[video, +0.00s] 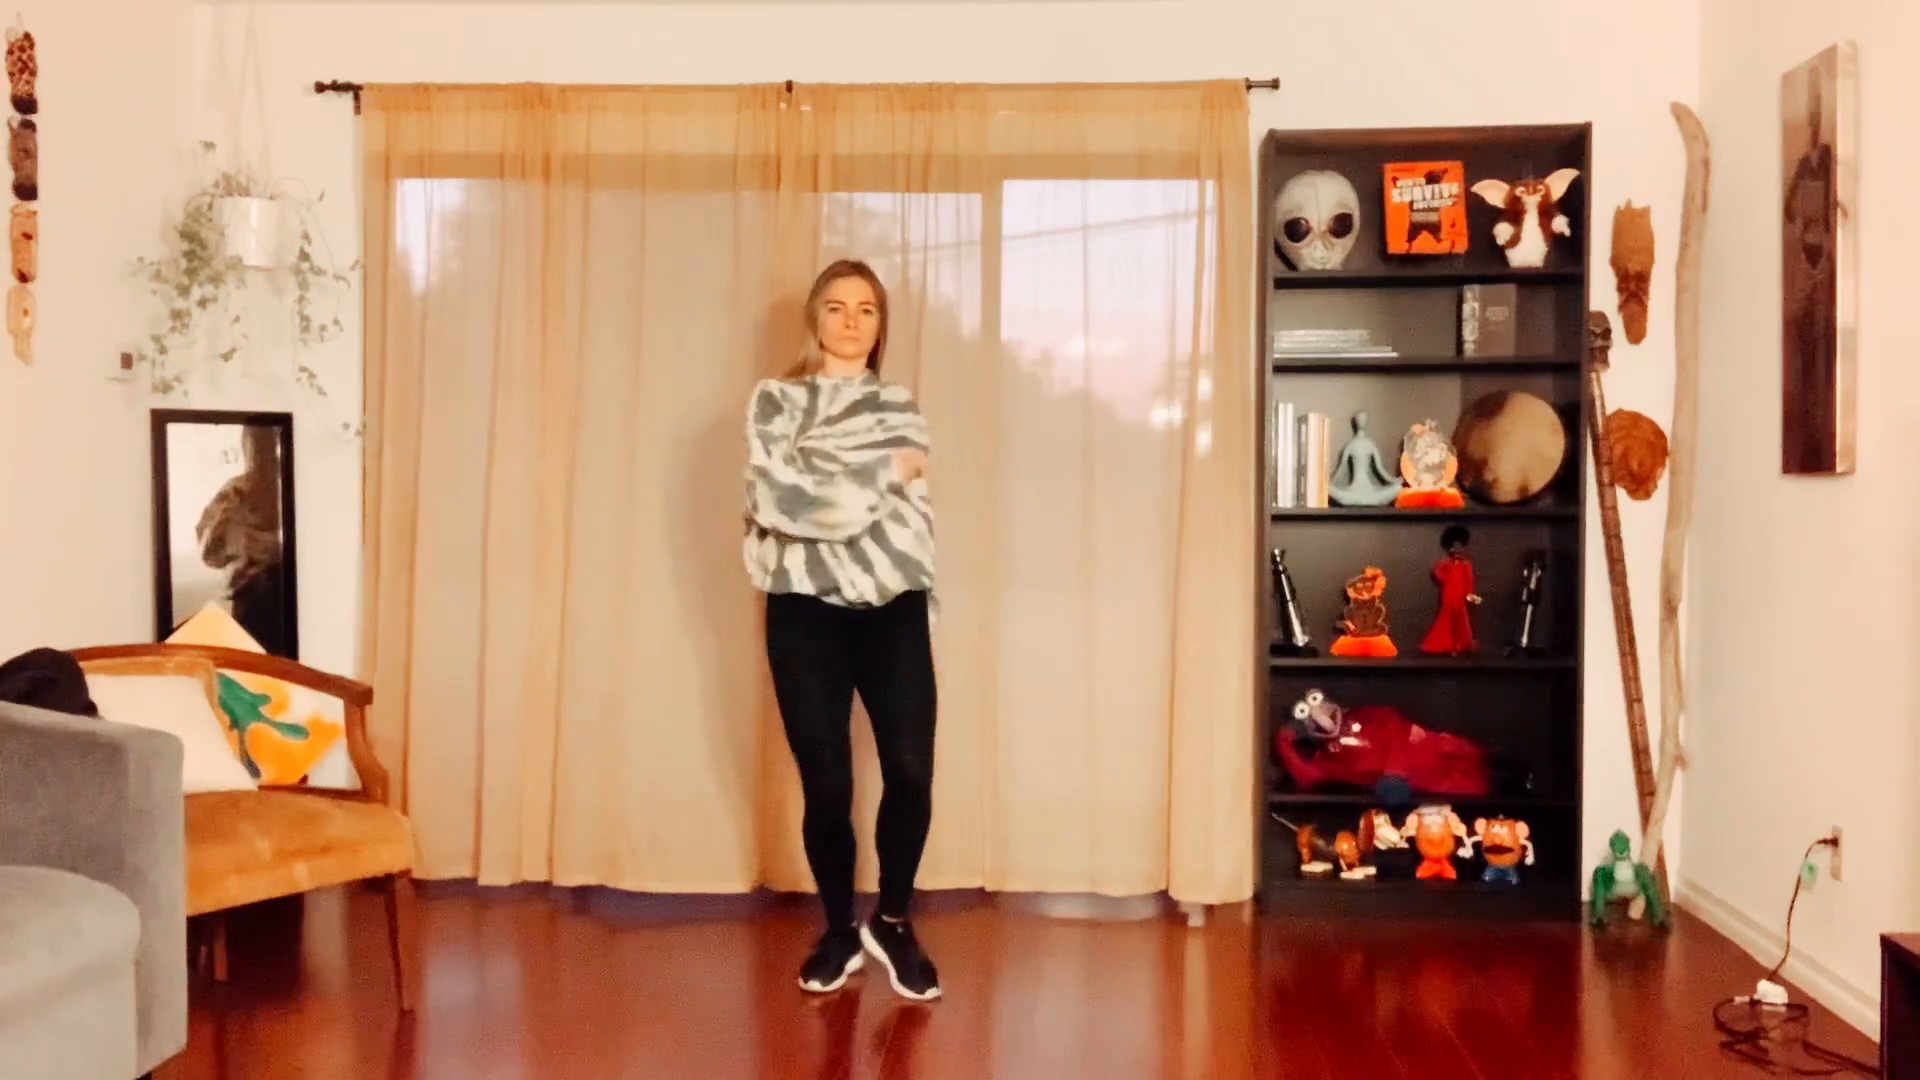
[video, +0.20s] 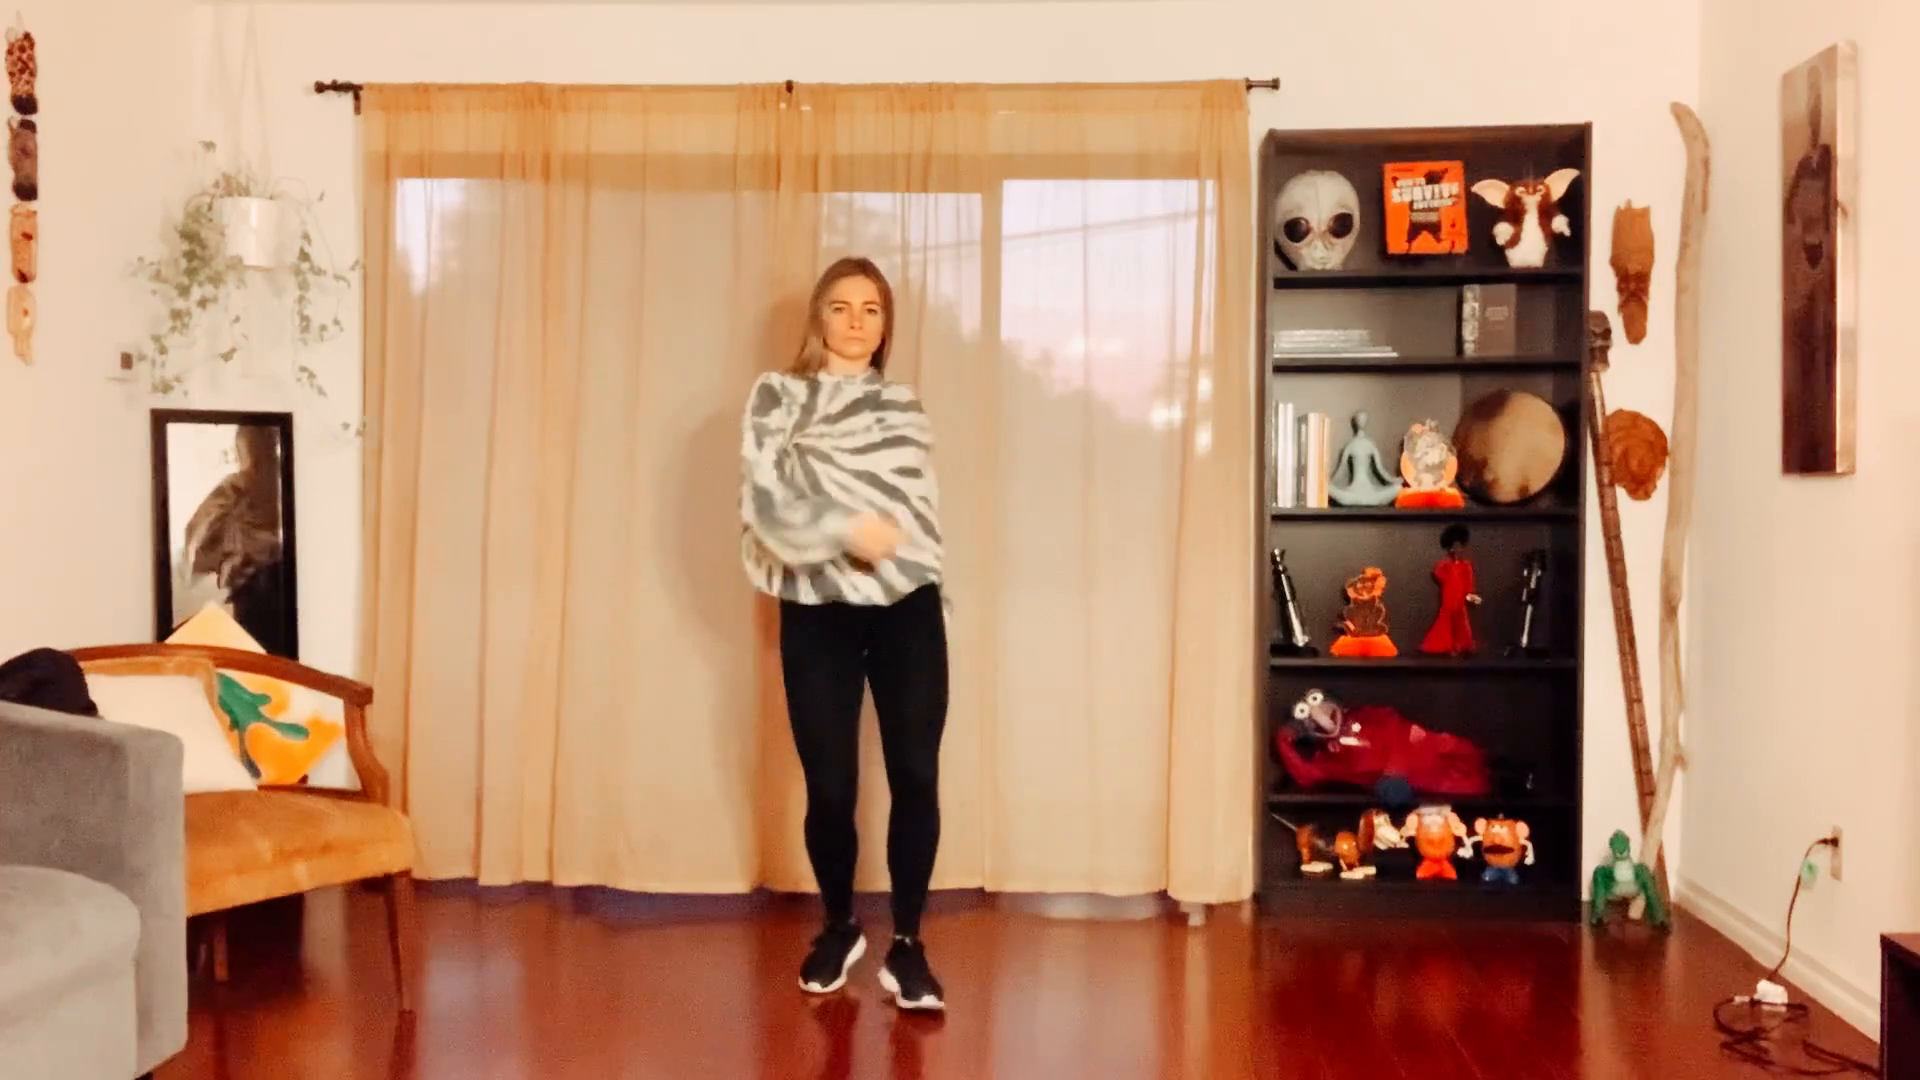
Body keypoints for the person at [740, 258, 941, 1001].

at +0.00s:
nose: (850, 319)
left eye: (864, 309)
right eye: (835, 306)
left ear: (880, 324)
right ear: (813, 318)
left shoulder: (899, 410)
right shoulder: (775, 398)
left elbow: (903, 517)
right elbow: (770, 494)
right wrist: (882, 473)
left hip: (893, 605)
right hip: (803, 607)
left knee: (911, 775)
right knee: (826, 784)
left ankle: (893, 920)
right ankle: (840, 929)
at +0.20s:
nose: (855, 320)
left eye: (869, 309)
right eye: (840, 306)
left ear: (884, 324)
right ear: (817, 317)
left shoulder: (902, 406)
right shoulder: (776, 396)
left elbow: (916, 517)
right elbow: (763, 507)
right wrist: (846, 530)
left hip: (906, 610)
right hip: (815, 613)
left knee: (915, 780)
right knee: (829, 791)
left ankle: (906, 945)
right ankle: (838, 929)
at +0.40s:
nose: (868, 317)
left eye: (883, 306)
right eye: (853, 305)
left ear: (900, 320)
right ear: (830, 317)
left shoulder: (922, 407)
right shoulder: (795, 396)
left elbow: (945, 518)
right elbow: (736, 480)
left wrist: (966, 623)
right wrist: (678, 563)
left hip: (929, 616)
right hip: (838, 617)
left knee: (926, 791)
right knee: (832, 794)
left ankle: (909, 955)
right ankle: (835, 923)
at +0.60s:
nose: (887, 317)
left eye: (901, 305)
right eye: (871, 305)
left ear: (919, 319)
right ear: (850, 318)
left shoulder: (944, 412)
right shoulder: (817, 400)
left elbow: (970, 525)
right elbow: (742, 485)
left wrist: (996, 629)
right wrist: (670, 584)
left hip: (952, 621)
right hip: (861, 622)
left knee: (931, 796)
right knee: (843, 799)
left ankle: (908, 955)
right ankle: (839, 914)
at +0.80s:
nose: (900, 315)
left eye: (915, 303)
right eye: (884, 304)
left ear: (934, 316)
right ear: (865, 317)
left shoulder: (965, 407)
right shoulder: (833, 403)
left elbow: (998, 520)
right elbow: (799, 515)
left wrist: (1017, 629)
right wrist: (794, 623)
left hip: (958, 619)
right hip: (866, 619)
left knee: (933, 796)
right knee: (866, 798)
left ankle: (908, 957)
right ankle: (844, 920)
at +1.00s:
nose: (902, 312)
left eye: (917, 300)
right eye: (887, 301)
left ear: (939, 311)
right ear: (870, 314)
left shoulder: (978, 398)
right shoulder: (841, 401)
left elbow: (1011, 513)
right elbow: (809, 501)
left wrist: (984, 590)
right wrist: (795, 574)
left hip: (947, 623)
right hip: (855, 618)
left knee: (926, 796)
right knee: (836, 796)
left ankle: (906, 959)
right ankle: (845, 944)